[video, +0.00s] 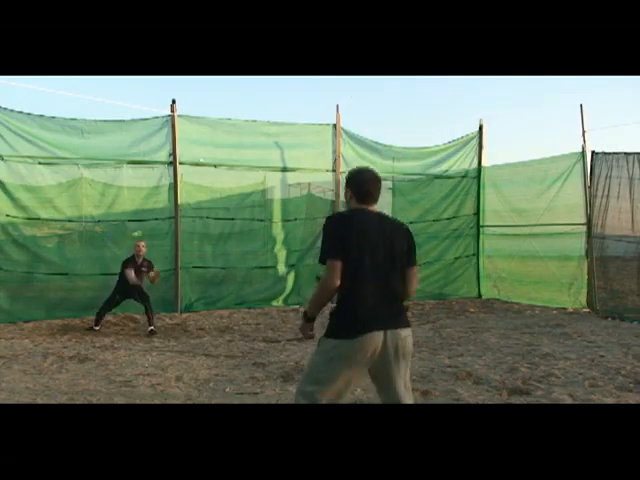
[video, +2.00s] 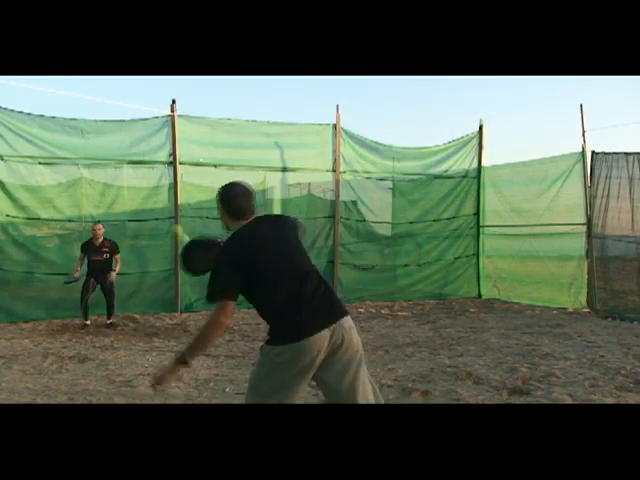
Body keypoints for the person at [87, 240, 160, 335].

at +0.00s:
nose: (140, 249)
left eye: (142, 247)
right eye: (137, 246)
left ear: (145, 249)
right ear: (134, 249)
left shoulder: (148, 264)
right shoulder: (128, 262)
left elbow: (152, 280)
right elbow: (131, 280)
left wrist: (155, 277)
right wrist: (138, 282)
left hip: (136, 290)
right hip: (122, 290)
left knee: (146, 300)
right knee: (105, 308)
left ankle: (151, 327)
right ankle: (96, 326)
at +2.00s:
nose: (97, 232)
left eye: (99, 229)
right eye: (94, 230)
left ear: (103, 230)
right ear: (92, 231)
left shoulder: (111, 245)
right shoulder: (86, 245)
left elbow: (118, 260)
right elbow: (81, 258)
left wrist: (115, 271)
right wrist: (77, 270)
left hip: (106, 275)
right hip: (92, 275)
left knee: (110, 298)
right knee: (84, 297)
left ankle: (109, 320)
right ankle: (86, 321)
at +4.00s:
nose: (100, 251)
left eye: (101, 249)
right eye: (97, 249)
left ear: (104, 251)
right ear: (94, 251)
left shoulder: (109, 264)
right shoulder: (87, 263)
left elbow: (111, 279)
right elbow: (82, 276)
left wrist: (107, 290)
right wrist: (87, 278)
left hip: (101, 290)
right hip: (87, 290)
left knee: (117, 301)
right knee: (73, 304)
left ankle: (118, 323)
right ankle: (75, 323)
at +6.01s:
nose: (108, 231)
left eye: (110, 228)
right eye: (105, 228)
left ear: (112, 230)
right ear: (101, 230)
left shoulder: (116, 246)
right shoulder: (92, 244)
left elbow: (119, 262)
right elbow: (84, 260)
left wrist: (118, 266)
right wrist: (94, 269)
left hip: (109, 275)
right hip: (95, 275)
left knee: (119, 299)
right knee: (83, 299)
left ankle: (124, 323)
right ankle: (79, 323)